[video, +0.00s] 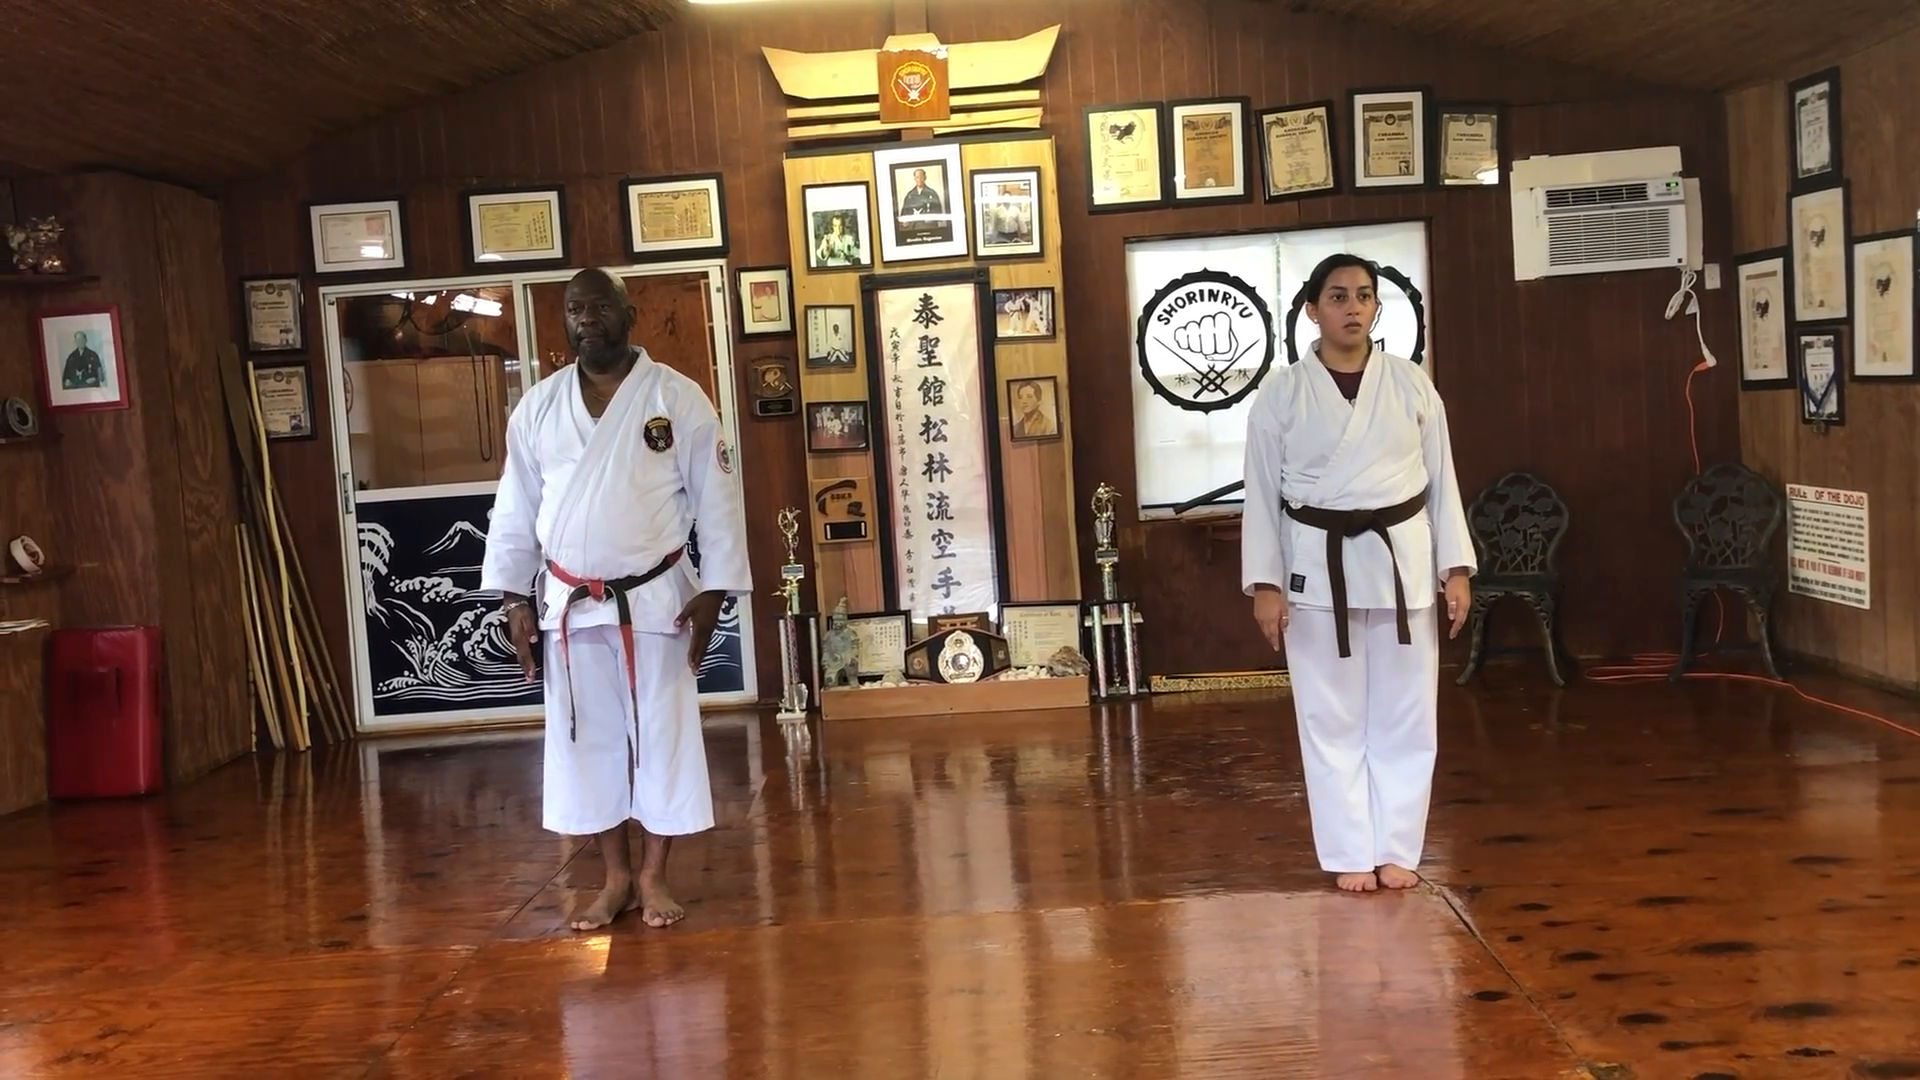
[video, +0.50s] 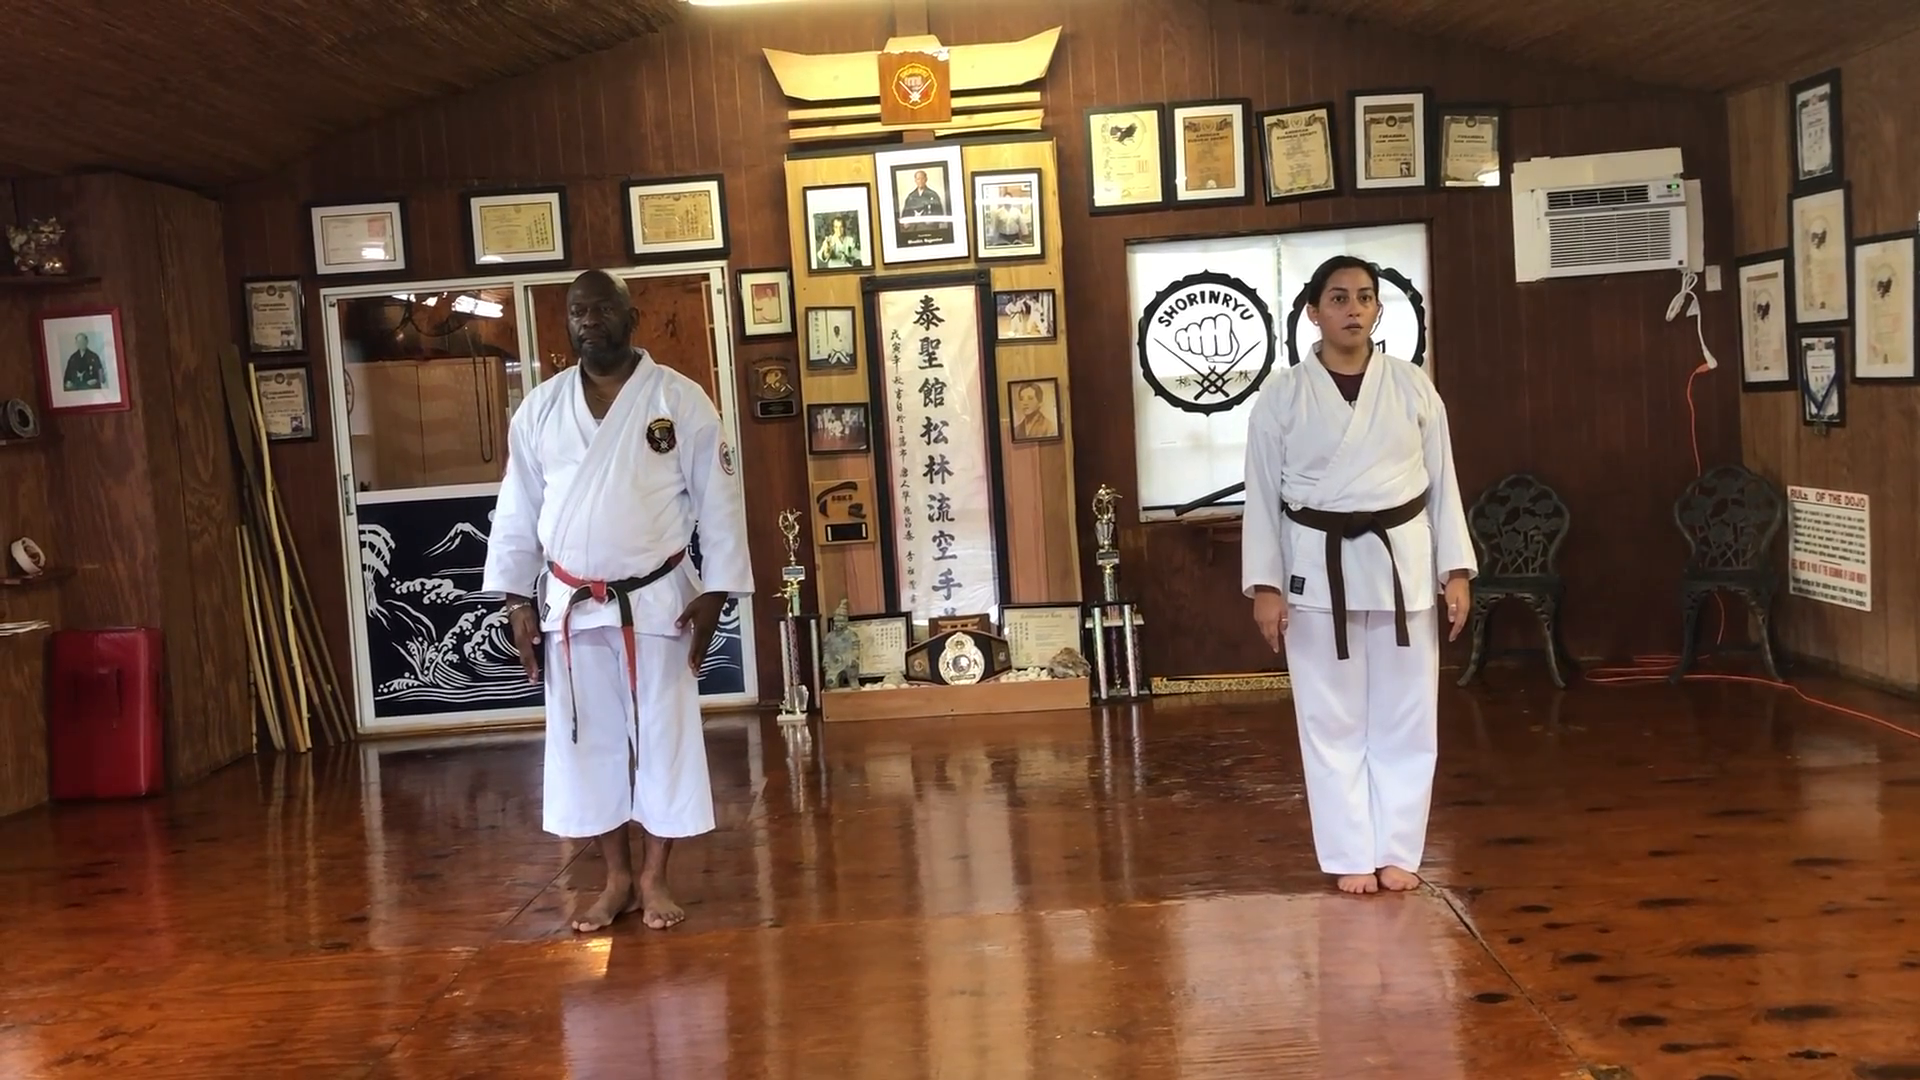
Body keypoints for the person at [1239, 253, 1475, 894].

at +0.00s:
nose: (1354, 307)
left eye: (1364, 296)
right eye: (1338, 296)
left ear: (1377, 308)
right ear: (1312, 309)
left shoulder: (1410, 382)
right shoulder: (1279, 393)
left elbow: (1440, 482)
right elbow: (1261, 494)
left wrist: (1455, 566)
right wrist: (1264, 582)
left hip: (1404, 567)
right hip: (1316, 572)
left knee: (1404, 715)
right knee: (1333, 718)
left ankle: (1397, 853)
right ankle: (1350, 857)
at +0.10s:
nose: (1354, 307)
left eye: (1365, 295)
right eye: (1339, 296)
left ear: (1378, 308)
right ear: (1313, 309)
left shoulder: (1411, 382)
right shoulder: (1280, 392)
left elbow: (1441, 481)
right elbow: (1261, 494)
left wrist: (1456, 566)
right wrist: (1265, 581)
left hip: (1405, 567)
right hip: (1317, 571)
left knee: (1404, 715)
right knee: (1333, 718)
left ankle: (1397, 853)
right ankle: (1350, 857)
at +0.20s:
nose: (1355, 307)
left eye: (1365, 295)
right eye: (1339, 296)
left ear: (1379, 308)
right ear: (1314, 309)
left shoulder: (1412, 383)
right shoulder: (1280, 393)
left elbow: (1441, 482)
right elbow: (1262, 494)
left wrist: (1456, 566)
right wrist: (1266, 582)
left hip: (1405, 567)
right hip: (1317, 572)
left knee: (1404, 715)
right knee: (1333, 717)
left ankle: (1397, 853)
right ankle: (1351, 857)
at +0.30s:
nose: (1355, 308)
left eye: (1366, 295)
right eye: (1339, 296)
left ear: (1379, 308)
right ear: (1314, 310)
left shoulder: (1412, 383)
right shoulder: (1280, 393)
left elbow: (1441, 483)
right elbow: (1261, 495)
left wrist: (1455, 566)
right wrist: (1264, 582)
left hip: (1405, 568)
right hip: (1316, 572)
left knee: (1404, 716)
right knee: (1333, 718)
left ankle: (1398, 854)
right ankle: (1350, 858)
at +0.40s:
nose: (1354, 308)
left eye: (1365, 296)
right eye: (1338, 297)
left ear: (1378, 309)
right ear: (1314, 310)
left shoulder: (1412, 384)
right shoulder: (1280, 393)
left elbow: (1441, 484)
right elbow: (1261, 495)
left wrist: (1455, 567)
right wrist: (1264, 583)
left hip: (1404, 568)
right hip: (1316, 572)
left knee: (1404, 716)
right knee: (1333, 719)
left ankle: (1397, 855)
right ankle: (1350, 859)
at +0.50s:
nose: (1354, 309)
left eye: (1365, 297)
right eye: (1339, 298)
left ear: (1378, 310)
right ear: (1313, 311)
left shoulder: (1412, 385)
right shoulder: (1280, 394)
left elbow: (1441, 484)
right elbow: (1261, 496)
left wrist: (1455, 568)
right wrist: (1264, 584)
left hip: (1404, 569)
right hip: (1316, 573)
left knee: (1404, 717)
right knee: (1333, 719)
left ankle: (1397, 855)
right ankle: (1350, 859)